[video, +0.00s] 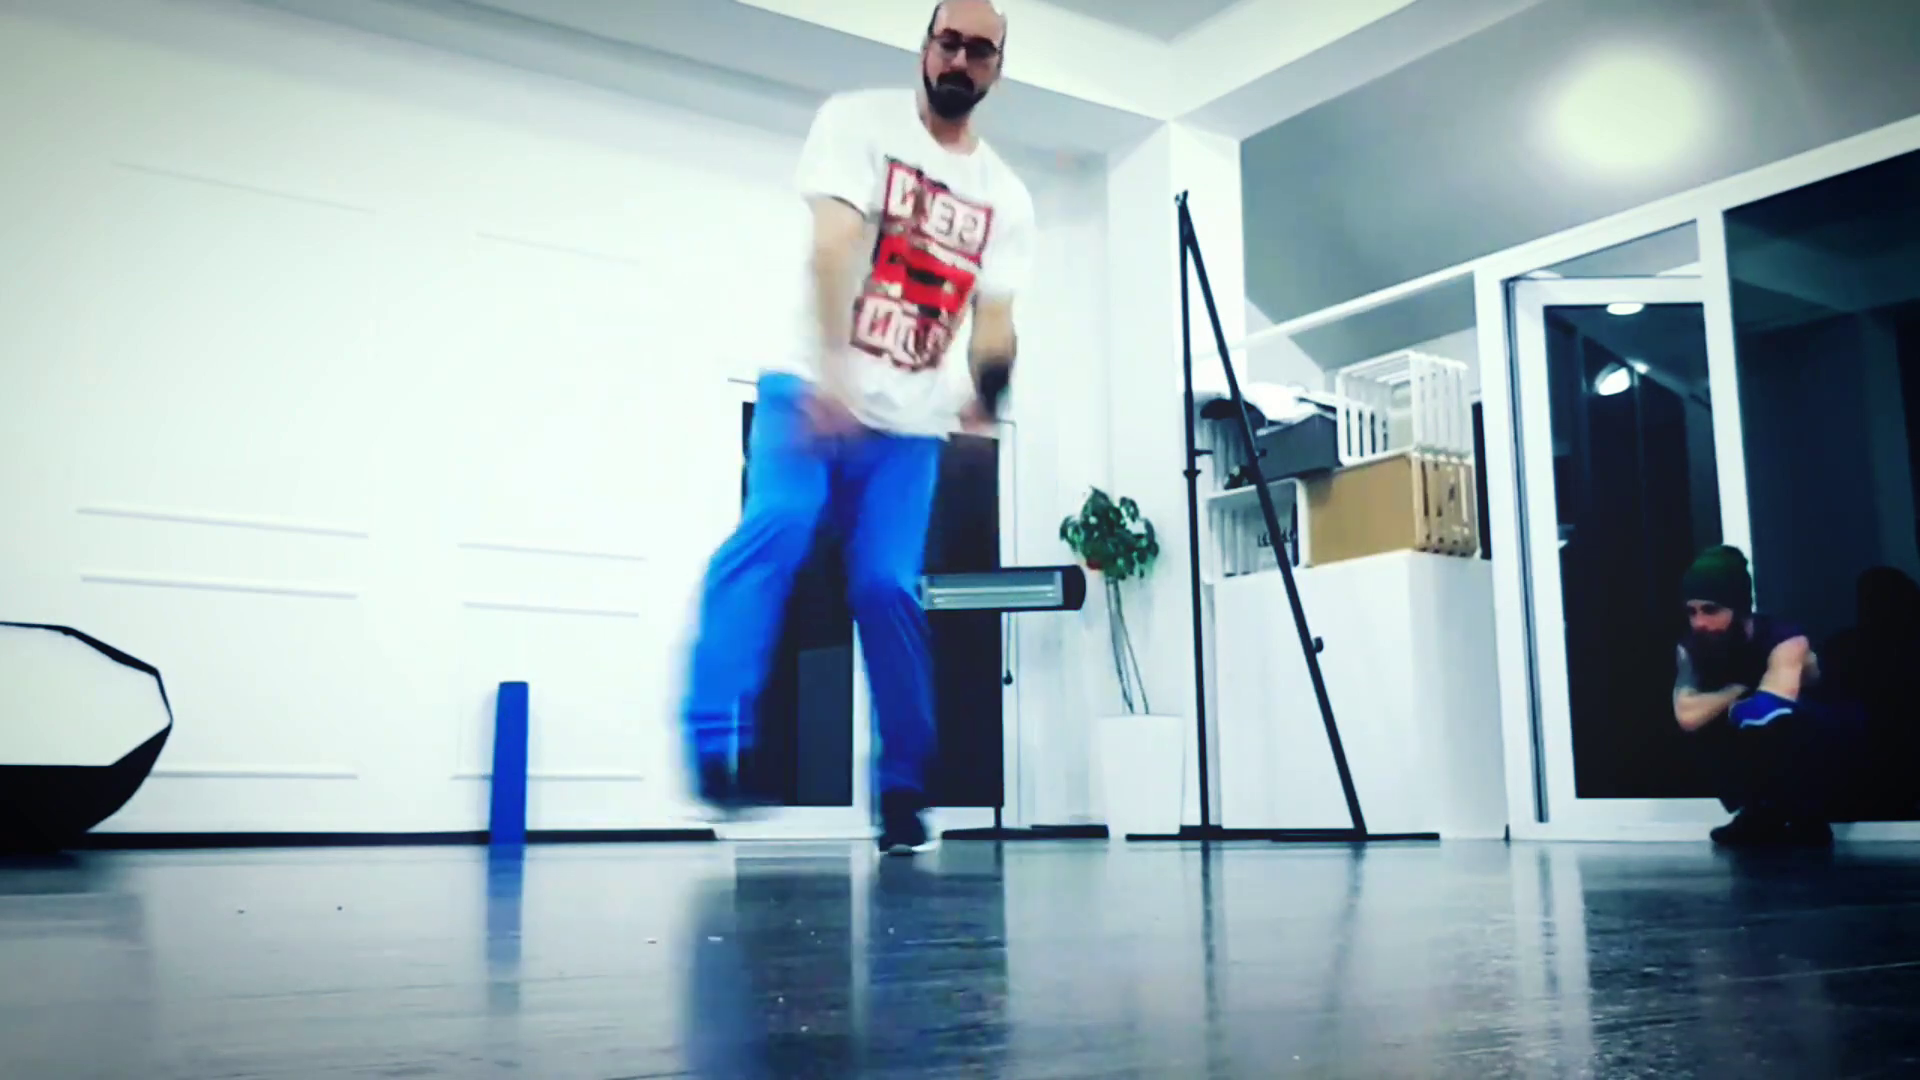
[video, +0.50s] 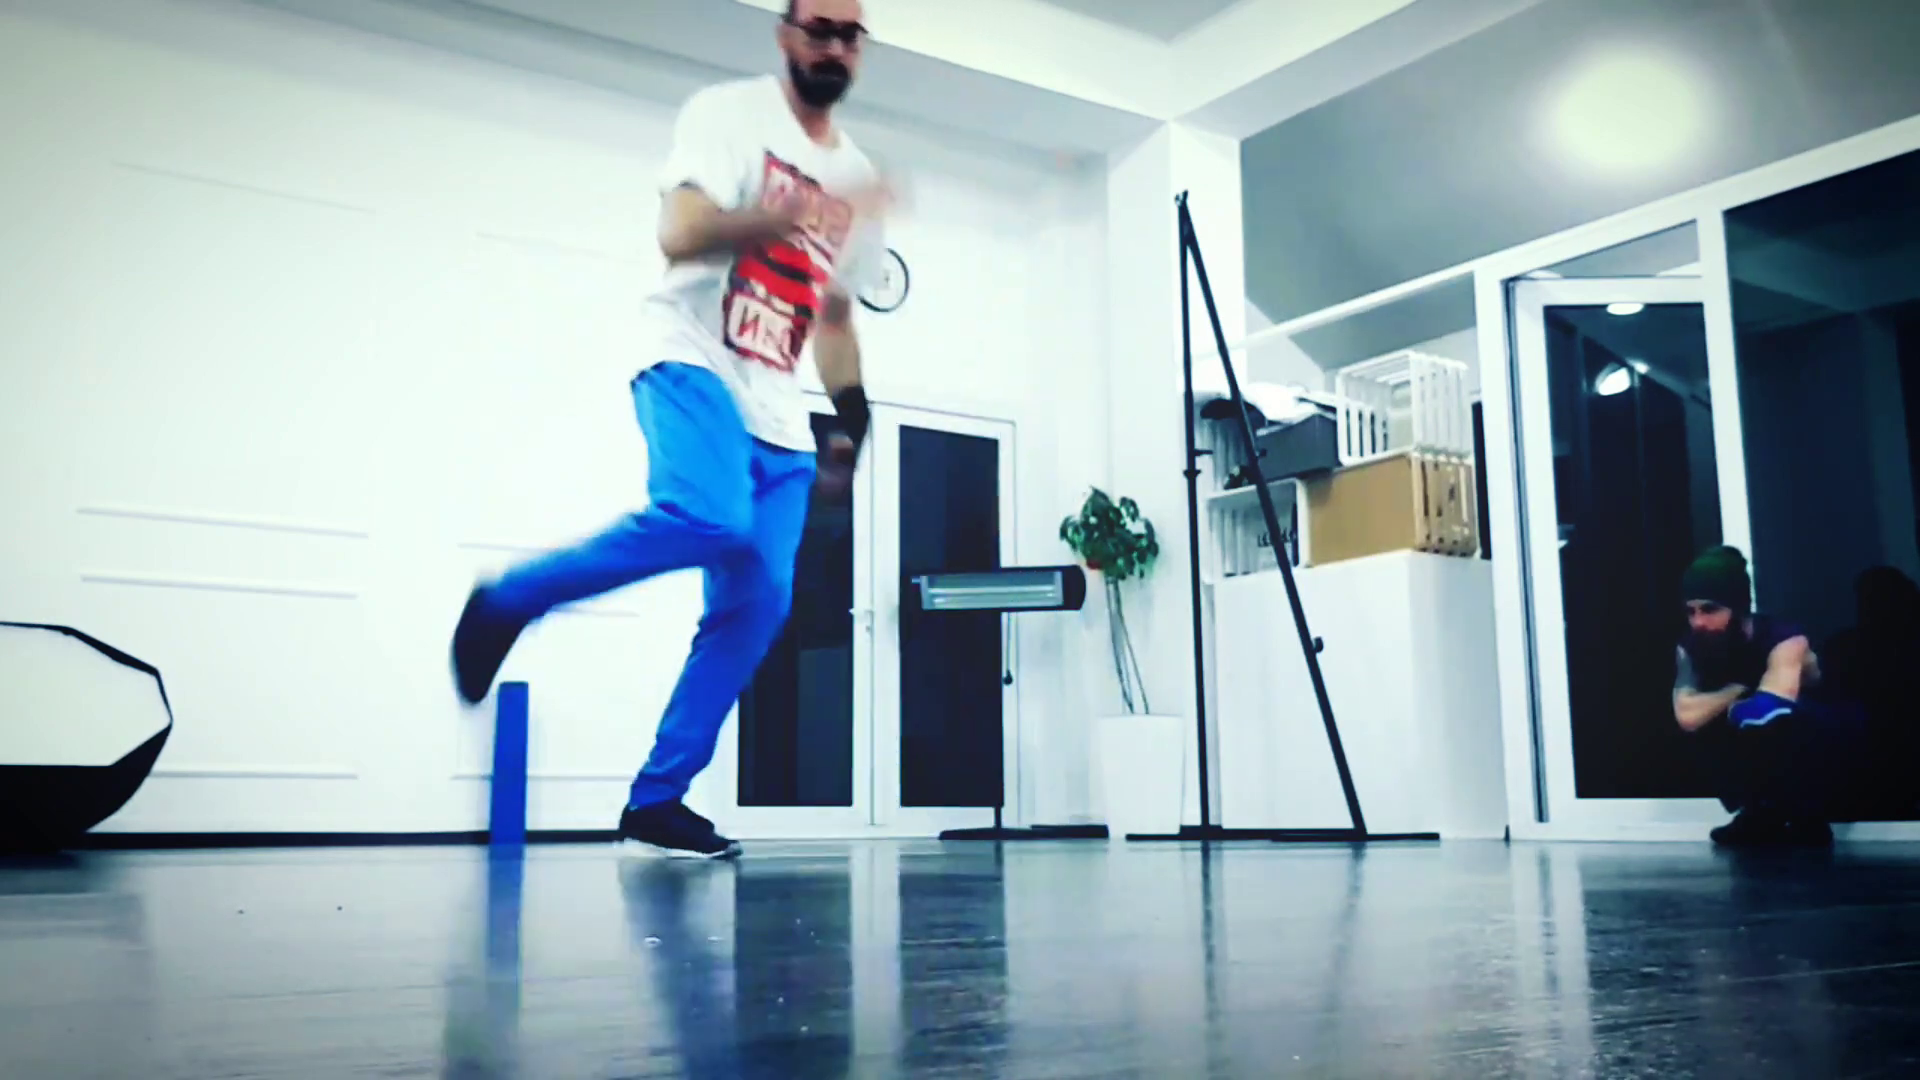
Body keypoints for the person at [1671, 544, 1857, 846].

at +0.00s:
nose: (1699, 623)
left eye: (1710, 611)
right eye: (1692, 612)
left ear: (1738, 607)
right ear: (1685, 611)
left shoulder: (1783, 640)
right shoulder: (1691, 651)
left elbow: (1773, 706)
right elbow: (1687, 715)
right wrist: (1737, 690)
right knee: (1708, 726)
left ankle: (1804, 820)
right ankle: (1756, 813)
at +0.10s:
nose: (1698, 623)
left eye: (1709, 611)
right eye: (1692, 612)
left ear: (1738, 607)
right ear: (1685, 611)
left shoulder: (1783, 640)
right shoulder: (1691, 651)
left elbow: (1775, 704)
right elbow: (1687, 715)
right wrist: (1738, 690)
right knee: (1708, 727)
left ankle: (1804, 820)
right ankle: (1756, 814)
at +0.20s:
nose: (1698, 622)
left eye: (1710, 610)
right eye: (1692, 611)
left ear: (1738, 607)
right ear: (1685, 611)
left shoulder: (1782, 639)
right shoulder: (1691, 651)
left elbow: (1774, 705)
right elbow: (1687, 715)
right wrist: (1738, 690)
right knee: (1707, 726)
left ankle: (1804, 820)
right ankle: (1756, 813)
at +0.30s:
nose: (1698, 622)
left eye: (1709, 610)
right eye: (1692, 611)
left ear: (1738, 606)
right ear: (1685, 610)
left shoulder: (1782, 639)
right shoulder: (1691, 651)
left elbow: (1774, 704)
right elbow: (1687, 716)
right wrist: (1737, 690)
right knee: (1709, 726)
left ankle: (1805, 820)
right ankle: (1756, 813)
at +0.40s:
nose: (1698, 623)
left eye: (1709, 610)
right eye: (1691, 612)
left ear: (1738, 607)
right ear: (1685, 611)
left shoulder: (1782, 639)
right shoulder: (1690, 651)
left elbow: (1776, 701)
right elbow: (1687, 716)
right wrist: (1736, 690)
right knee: (1709, 726)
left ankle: (1805, 820)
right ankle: (1756, 814)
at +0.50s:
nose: (1698, 622)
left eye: (1709, 610)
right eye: (1691, 612)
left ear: (1737, 607)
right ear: (1685, 611)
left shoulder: (1782, 639)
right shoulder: (1690, 651)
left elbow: (1775, 703)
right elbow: (1687, 716)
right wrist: (1738, 689)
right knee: (1710, 727)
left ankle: (1804, 820)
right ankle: (1756, 813)